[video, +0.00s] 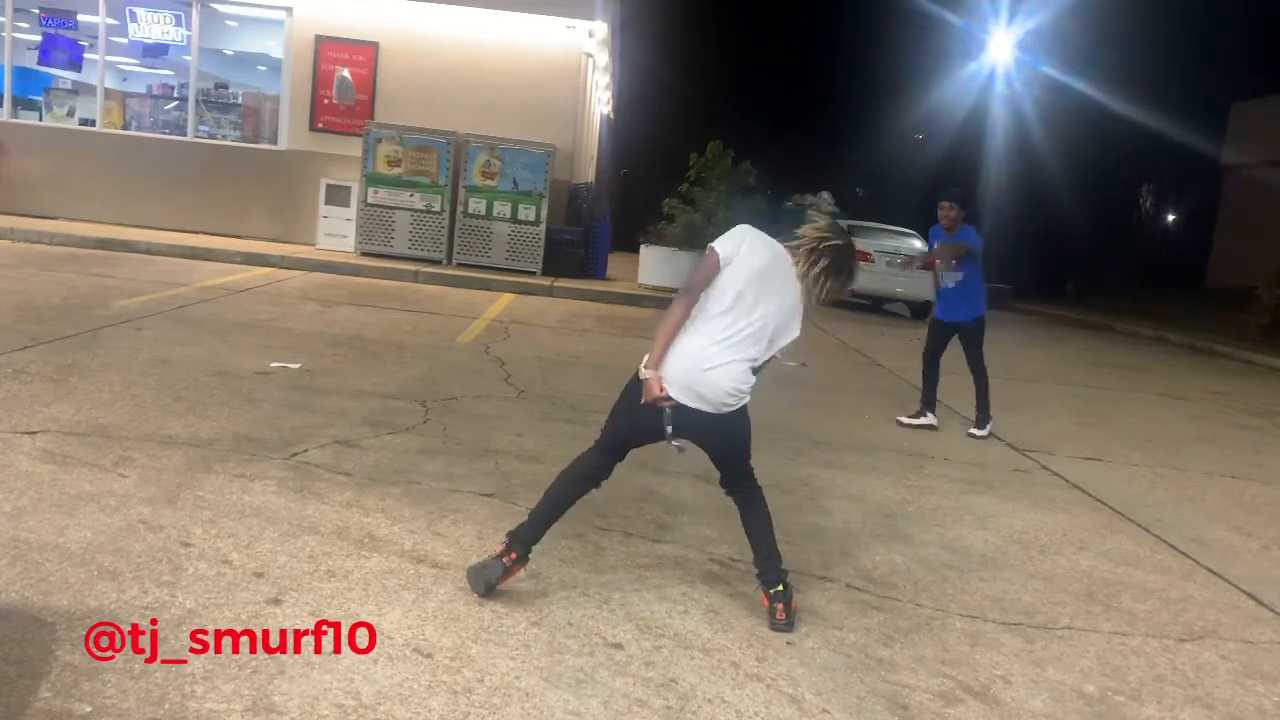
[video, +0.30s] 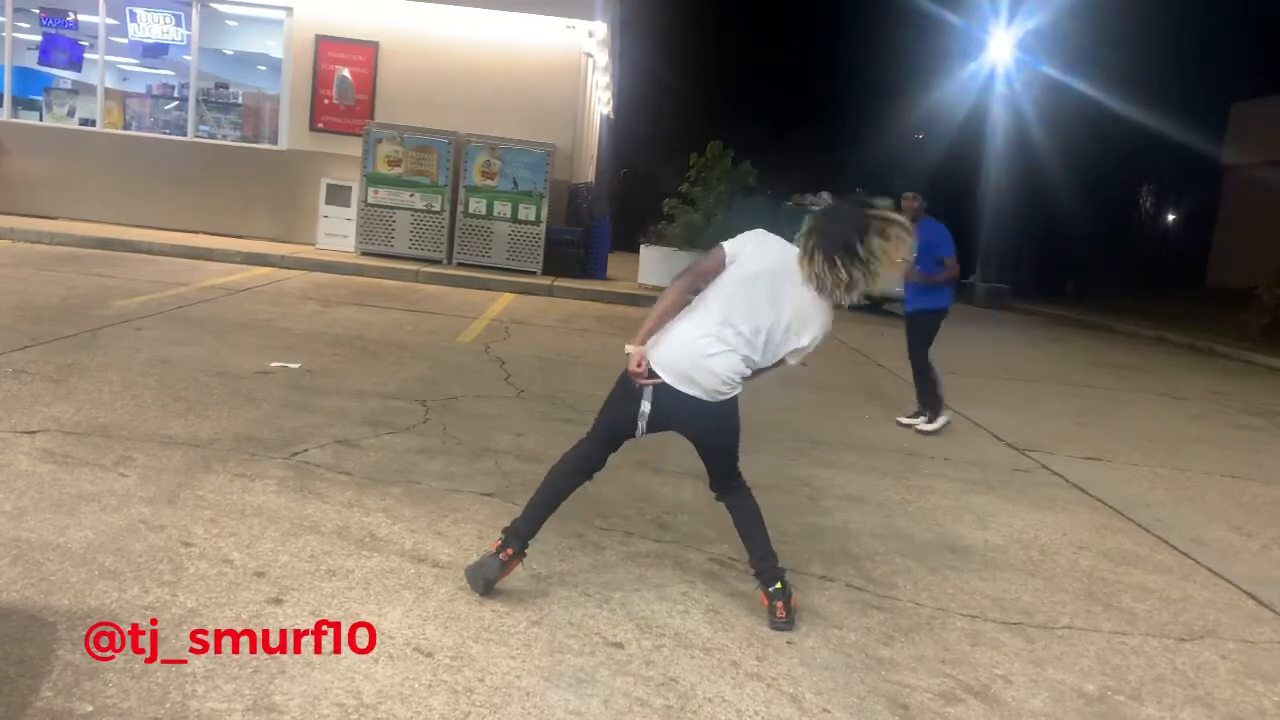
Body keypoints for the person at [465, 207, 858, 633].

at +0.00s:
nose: (826, 294)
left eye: (831, 285)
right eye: (830, 287)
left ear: (804, 239)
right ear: (826, 279)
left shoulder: (747, 238)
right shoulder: (794, 317)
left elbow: (687, 296)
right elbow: (751, 368)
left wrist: (653, 364)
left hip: (657, 389)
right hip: (721, 414)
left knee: (596, 461)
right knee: (743, 485)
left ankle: (514, 551)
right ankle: (777, 590)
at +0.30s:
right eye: (852, 260)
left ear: (812, 230)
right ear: (850, 261)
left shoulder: (760, 243)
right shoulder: (818, 320)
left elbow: (692, 281)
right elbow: (755, 366)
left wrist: (642, 340)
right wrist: (702, 366)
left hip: (654, 376)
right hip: (714, 405)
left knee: (590, 454)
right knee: (729, 482)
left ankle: (508, 548)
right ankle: (775, 589)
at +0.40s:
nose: (862, 254)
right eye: (859, 243)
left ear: (801, 218)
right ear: (846, 244)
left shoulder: (751, 242)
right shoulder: (826, 306)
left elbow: (680, 288)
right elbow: (780, 361)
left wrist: (633, 343)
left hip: (656, 381)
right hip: (715, 408)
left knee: (588, 456)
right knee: (730, 489)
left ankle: (509, 547)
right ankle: (776, 590)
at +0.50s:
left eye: (757, 196)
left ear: (761, 202)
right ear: (813, 212)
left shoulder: (728, 244)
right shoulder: (818, 278)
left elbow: (665, 304)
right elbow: (784, 351)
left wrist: (613, 359)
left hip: (668, 388)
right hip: (729, 406)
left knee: (595, 456)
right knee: (738, 480)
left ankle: (518, 546)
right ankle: (777, 581)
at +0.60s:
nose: (731, 201)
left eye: (730, 192)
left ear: (727, 197)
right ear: (780, 200)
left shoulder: (704, 248)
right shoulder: (803, 258)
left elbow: (652, 318)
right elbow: (787, 332)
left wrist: (607, 364)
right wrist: (758, 381)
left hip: (670, 386)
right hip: (737, 403)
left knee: (597, 449)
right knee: (747, 473)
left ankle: (529, 545)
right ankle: (779, 574)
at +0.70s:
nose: (679, 198)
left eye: (683, 189)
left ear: (691, 191)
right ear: (745, 190)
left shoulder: (675, 252)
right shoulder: (771, 244)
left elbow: (647, 334)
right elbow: (774, 332)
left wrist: (614, 372)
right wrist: (766, 394)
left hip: (670, 389)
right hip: (734, 398)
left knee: (594, 447)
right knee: (747, 466)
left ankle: (546, 548)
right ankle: (781, 561)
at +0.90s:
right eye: (717, 197)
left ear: (661, 193)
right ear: (709, 198)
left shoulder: (637, 238)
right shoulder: (725, 248)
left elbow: (632, 323)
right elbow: (757, 335)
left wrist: (662, 346)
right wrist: (774, 397)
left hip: (658, 391)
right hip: (723, 395)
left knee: (598, 460)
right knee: (748, 468)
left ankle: (552, 563)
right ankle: (793, 566)